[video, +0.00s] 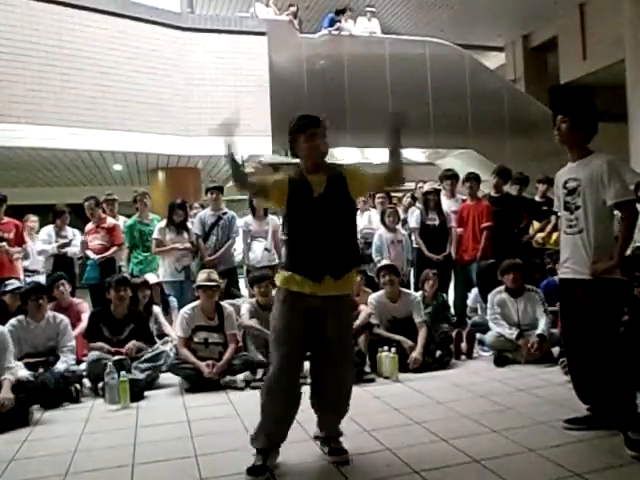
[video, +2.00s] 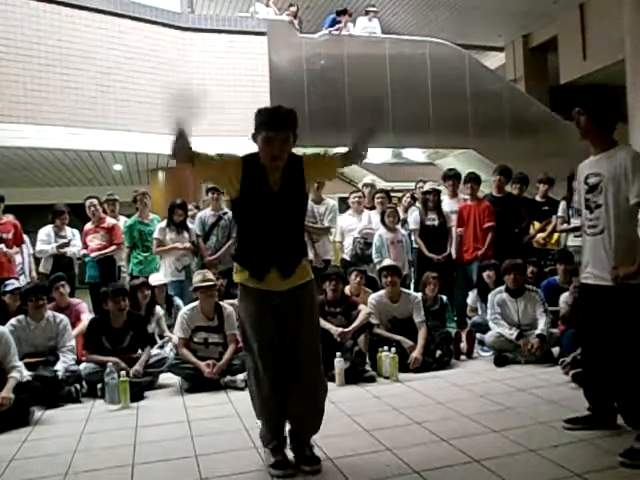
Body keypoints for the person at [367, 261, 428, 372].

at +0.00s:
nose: (388, 279)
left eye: (391, 274)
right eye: (384, 276)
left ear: (398, 277)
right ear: (379, 281)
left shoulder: (413, 298)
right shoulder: (374, 299)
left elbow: (422, 327)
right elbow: (375, 328)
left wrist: (418, 351)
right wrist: (401, 339)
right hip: (386, 334)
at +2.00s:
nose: (390, 280)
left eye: (393, 275)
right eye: (385, 276)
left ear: (400, 278)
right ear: (381, 280)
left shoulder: (414, 298)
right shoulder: (374, 300)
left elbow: (422, 326)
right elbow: (374, 328)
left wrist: (418, 351)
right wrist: (401, 339)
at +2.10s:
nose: (390, 280)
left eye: (393, 275)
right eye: (385, 276)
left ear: (400, 278)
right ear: (381, 280)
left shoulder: (414, 298)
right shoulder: (374, 300)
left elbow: (422, 327)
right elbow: (375, 328)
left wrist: (418, 351)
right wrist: (401, 339)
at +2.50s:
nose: (390, 279)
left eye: (394, 275)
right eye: (386, 276)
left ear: (400, 278)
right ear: (381, 280)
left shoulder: (414, 298)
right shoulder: (374, 299)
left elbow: (422, 326)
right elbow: (374, 328)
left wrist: (418, 351)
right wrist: (401, 340)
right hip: (386, 337)